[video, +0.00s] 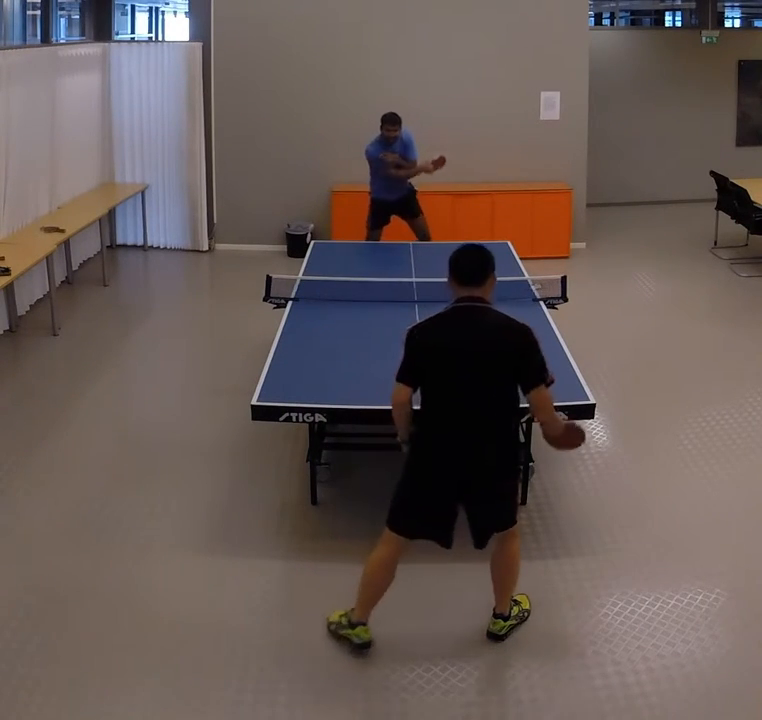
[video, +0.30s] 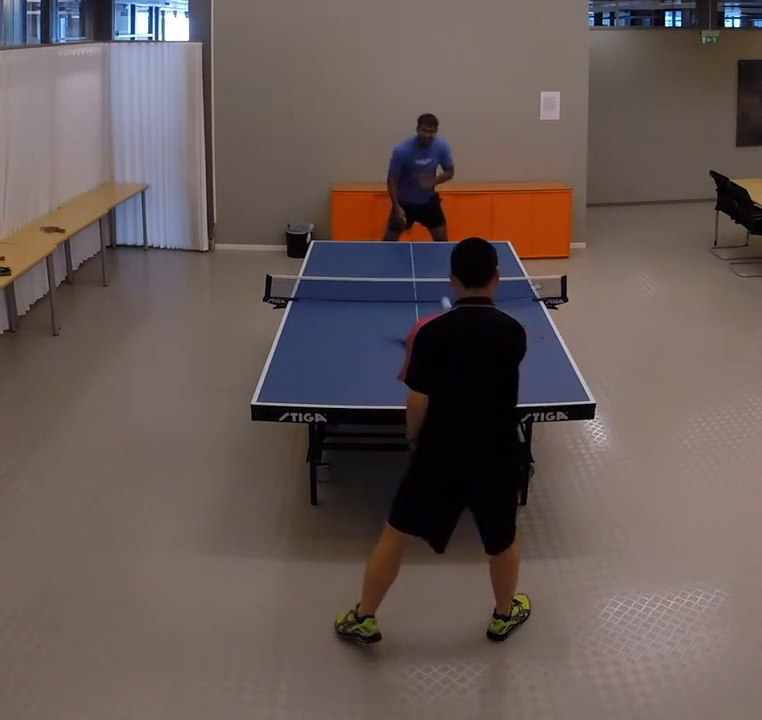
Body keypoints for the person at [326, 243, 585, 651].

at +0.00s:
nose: (490, 283)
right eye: (494, 277)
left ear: (450, 282)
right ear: (493, 281)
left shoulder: (424, 332)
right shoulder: (515, 334)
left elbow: (400, 399)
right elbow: (544, 409)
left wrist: (407, 438)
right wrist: (558, 431)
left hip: (434, 454)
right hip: (492, 458)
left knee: (393, 539)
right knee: (505, 532)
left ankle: (357, 620)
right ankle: (502, 613)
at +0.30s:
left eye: (453, 273)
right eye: (494, 272)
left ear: (452, 279)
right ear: (496, 278)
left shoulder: (430, 333)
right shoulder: (514, 331)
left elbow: (417, 403)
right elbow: (503, 386)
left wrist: (416, 442)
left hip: (440, 450)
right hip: (494, 452)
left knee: (396, 533)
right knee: (501, 538)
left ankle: (364, 616)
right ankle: (504, 613)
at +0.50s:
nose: (425, 290)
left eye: (424, 284)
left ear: (424, 290)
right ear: (466, 290)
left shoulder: (403, 349)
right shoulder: (485, 344)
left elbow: (392, 423)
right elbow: (454, 381)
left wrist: (388, 455)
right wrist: (393, 364)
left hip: (413, 465)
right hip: (465, 463)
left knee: (361, 549)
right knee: (488, 535)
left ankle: (317, 627)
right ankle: (503, 612)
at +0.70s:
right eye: (416, 296)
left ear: (379, 300)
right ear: (422, 302)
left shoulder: (350, 358)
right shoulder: (444, 360)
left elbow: (335, 431)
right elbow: (464, 427)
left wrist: (347, 467)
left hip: (363, 483)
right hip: (422, 482)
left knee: (327, 557)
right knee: (462, 547)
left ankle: (310, 642)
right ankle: (491, 616)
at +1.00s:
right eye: (421, 299)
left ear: (380, 304)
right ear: (425, 305)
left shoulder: (350, 360)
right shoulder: (446, 367)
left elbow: (333, 431)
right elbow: (471, 436)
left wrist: (339, 465)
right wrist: (444, 427)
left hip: (354, 487)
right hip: (414, 491)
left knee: (313, 558)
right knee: (440, 556)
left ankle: (272, 640)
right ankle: (440, 640)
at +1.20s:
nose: (415, 303)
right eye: (416, 298)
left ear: (374, 301)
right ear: (417, 303)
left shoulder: (340, 355)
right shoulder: (436, 367)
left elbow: (320, 426)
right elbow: (456, 438)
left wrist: (335, 456)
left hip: (341, 486)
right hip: (402, 489)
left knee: (302, 565)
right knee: (431, 557)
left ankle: (271, 643)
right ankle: (440, 641)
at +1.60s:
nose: (427, 318)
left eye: (425, 309)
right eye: (426, 310)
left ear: (381, 310)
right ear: (419, 315)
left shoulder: (344, 354)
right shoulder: (420, 386)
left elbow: (300, 400)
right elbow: (446, 460)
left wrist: (314, 431)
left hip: (322, 483)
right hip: (378, 495)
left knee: (288, 547)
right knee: (423, 555)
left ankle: (249, 624)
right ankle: (440, 640)